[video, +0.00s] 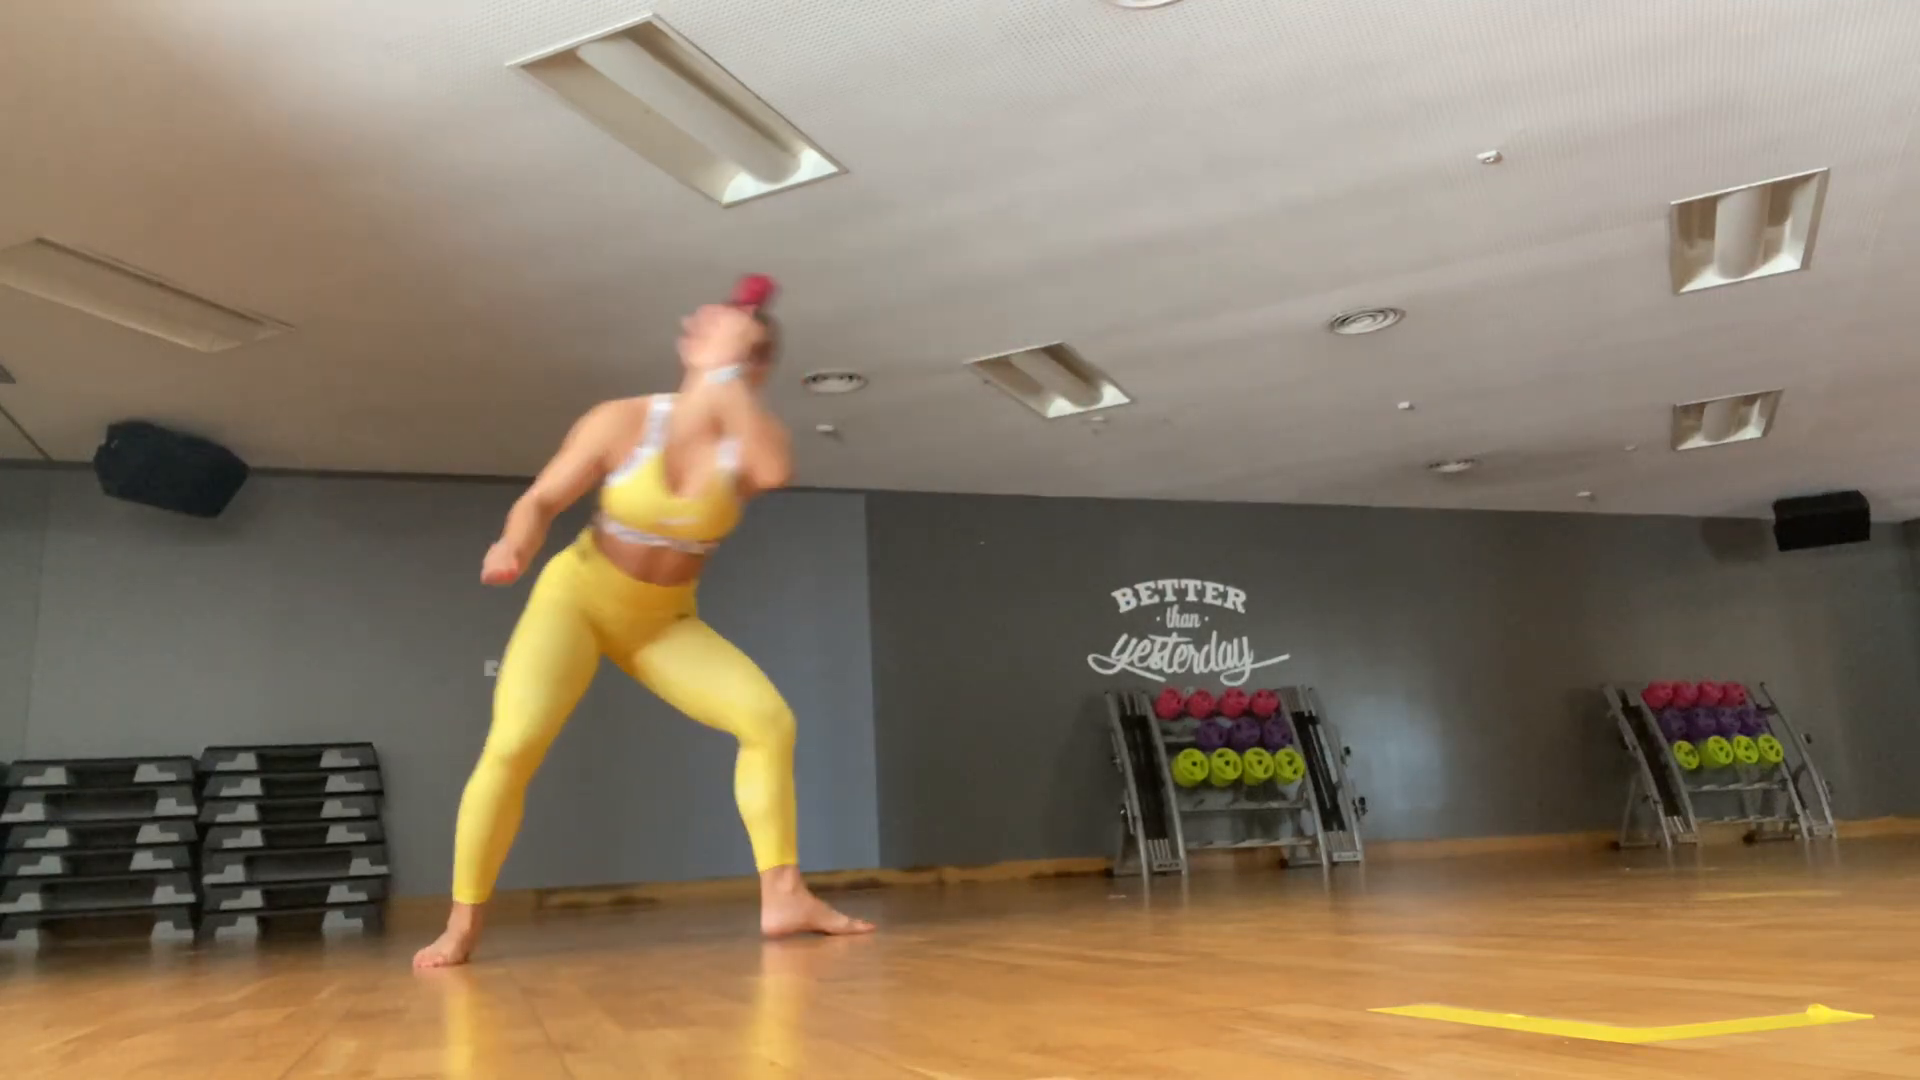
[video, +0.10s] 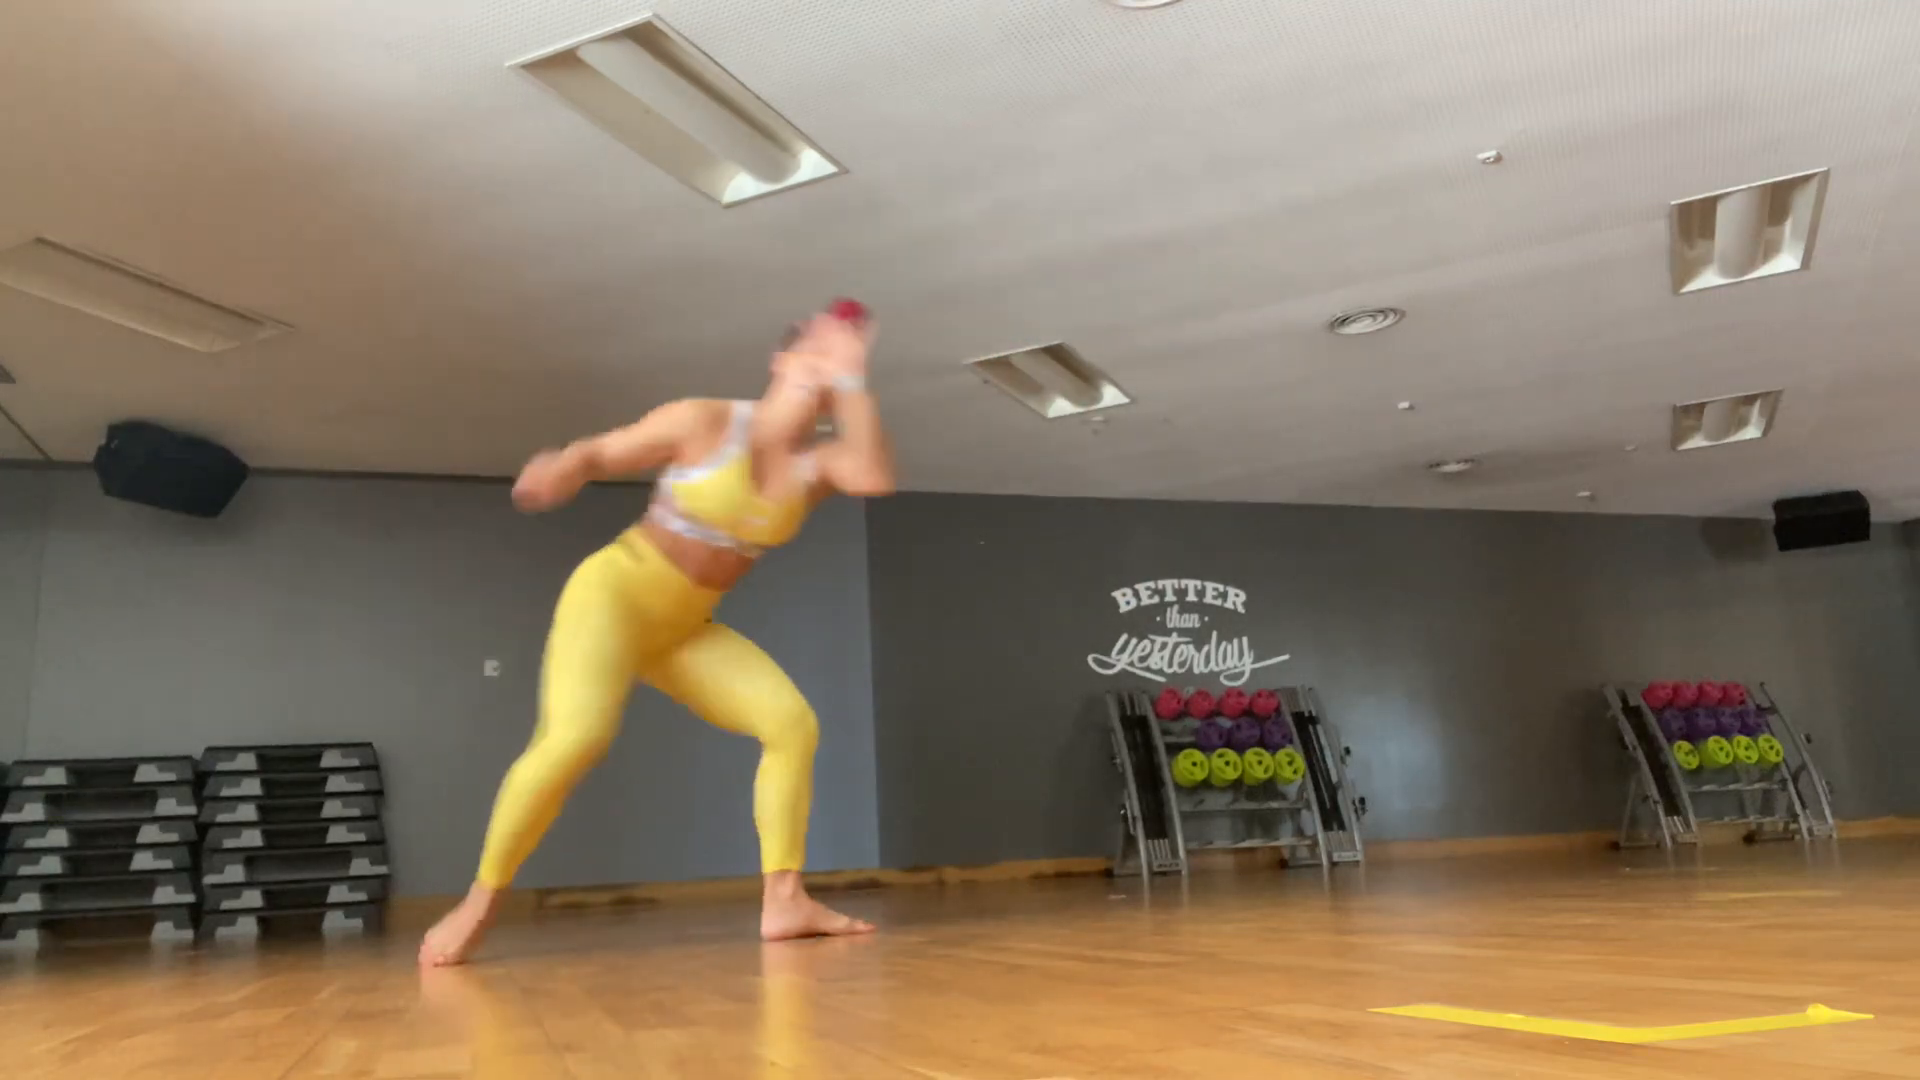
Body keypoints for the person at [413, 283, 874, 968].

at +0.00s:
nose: (699, 330)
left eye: (727, 330)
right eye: (707, 324)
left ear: (758, 364)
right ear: (689, 344)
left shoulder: (752, 436)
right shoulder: (621, 422)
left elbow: (773, 473)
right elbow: (542, 500)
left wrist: (725, 380)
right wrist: (515, 547)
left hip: (668, 620)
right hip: (580, 599)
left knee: (768, 721)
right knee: (513, 746)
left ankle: (783, 898)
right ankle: (462, 925)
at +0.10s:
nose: (822, 377)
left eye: (835, 368)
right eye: (812, 358)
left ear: (842, 389)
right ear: (779, 361)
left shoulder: (816, 465)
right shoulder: (705, 424)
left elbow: (875, 477)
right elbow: (596, 454)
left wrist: (853, 380)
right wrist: (556, 474)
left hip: (687, 626)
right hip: (615, 594)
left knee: (791, 723)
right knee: (578, 734)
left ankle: (785, 901)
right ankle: (481, 901)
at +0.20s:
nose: (931, 439)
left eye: (943, 439)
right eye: (927, 418)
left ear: (933, 459)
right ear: (891, 408)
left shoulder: (886, 515)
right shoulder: (815, 432)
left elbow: (975, 564)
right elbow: (713, 374)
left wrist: (1024, 506)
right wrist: (757, 340)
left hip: (710, 613)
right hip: (659, 580)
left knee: (803, 725)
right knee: (746, 716)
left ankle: (785, 902)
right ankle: (596, 854)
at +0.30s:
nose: (976, 502)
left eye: (986, 508)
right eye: (977, 483)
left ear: (972, 525)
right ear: (949, 464)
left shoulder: (895, 558)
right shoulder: (886, 468)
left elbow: (934, 624)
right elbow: (901, 371)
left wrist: (1011, 633)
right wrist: (1015, 370)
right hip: (692, 573)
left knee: (808, 719)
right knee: (825, 709)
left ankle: (782, 888)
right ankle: (803, 885)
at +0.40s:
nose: (990, 593)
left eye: (996, 600)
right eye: (1003, 585)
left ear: (976, 604)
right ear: (1000, 554)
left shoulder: (881, 582)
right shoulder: (942, 516)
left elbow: (803, 649)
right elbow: (1067, 504)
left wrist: (877, 699)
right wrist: (1148, 561)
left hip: (689, 585)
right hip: (753, 559)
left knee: (815, 733)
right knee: (865, 721)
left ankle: (785, 902)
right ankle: (938, 899)